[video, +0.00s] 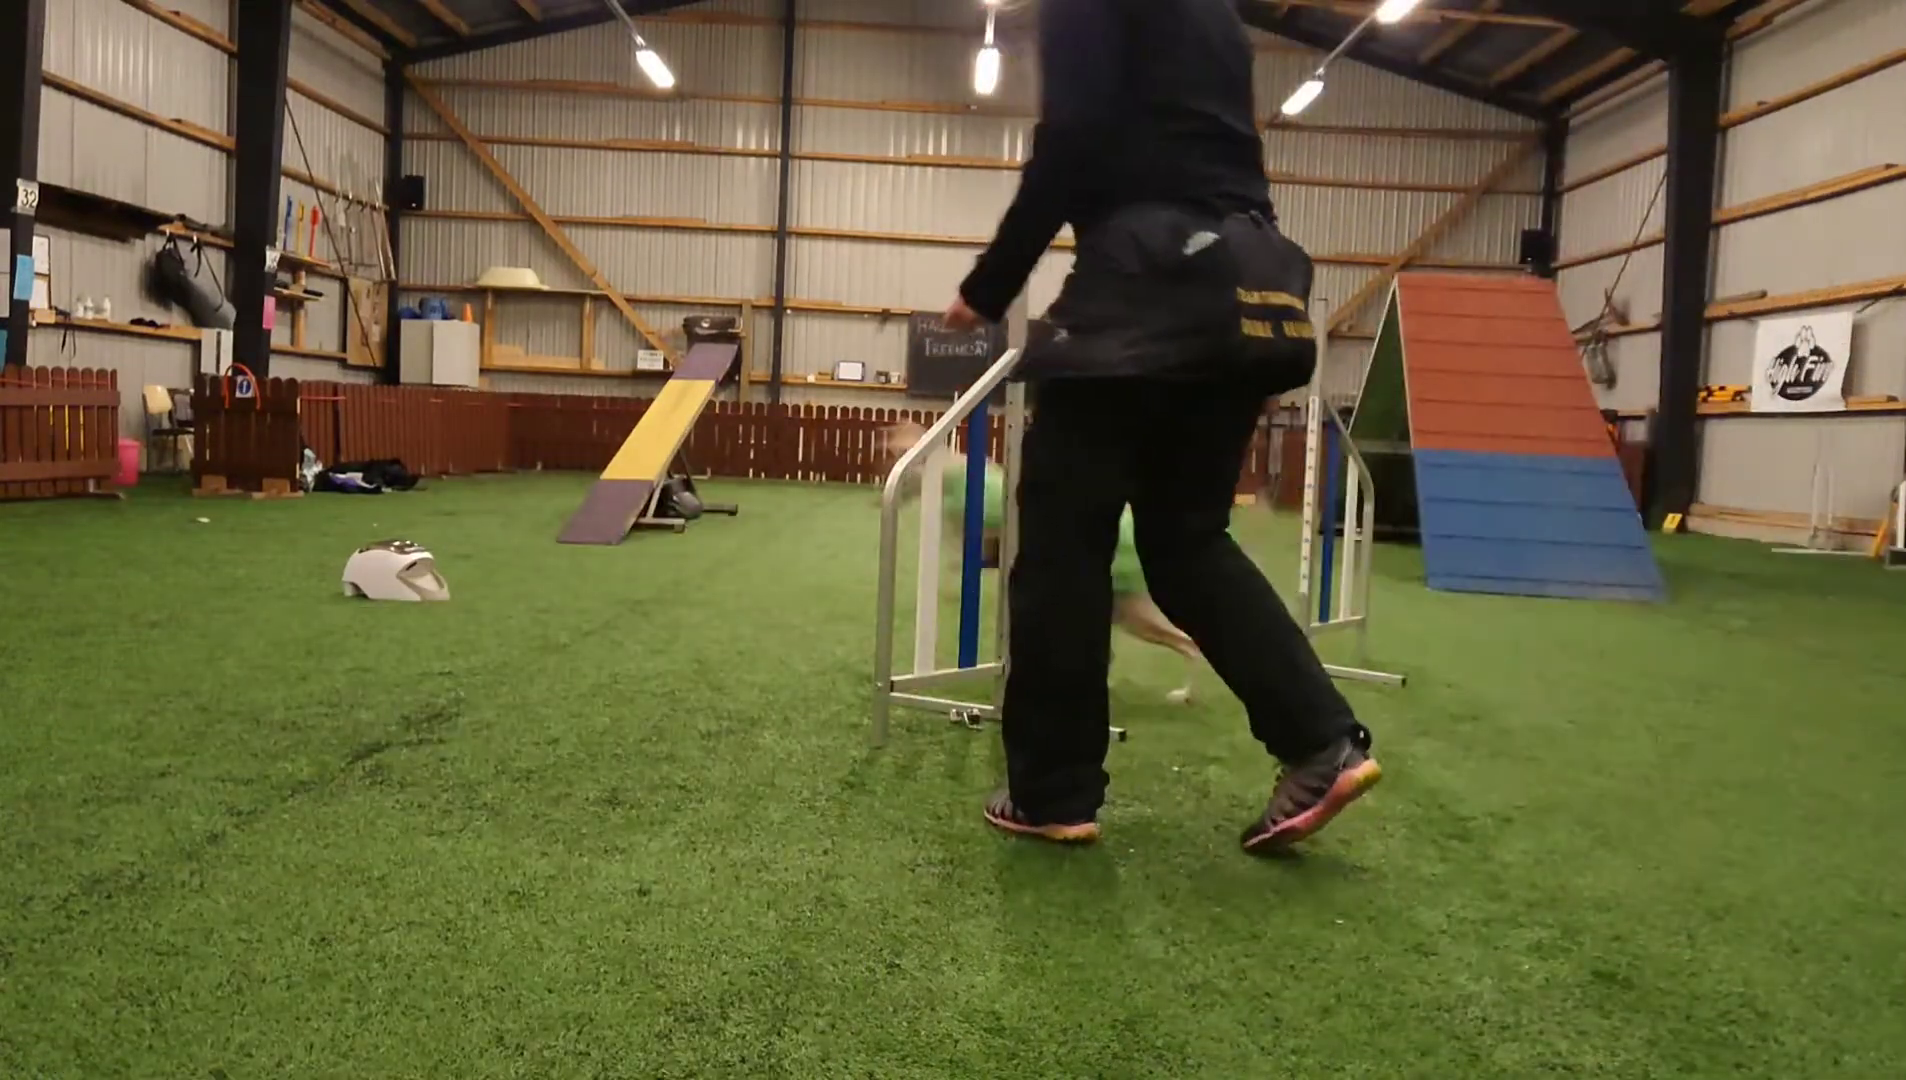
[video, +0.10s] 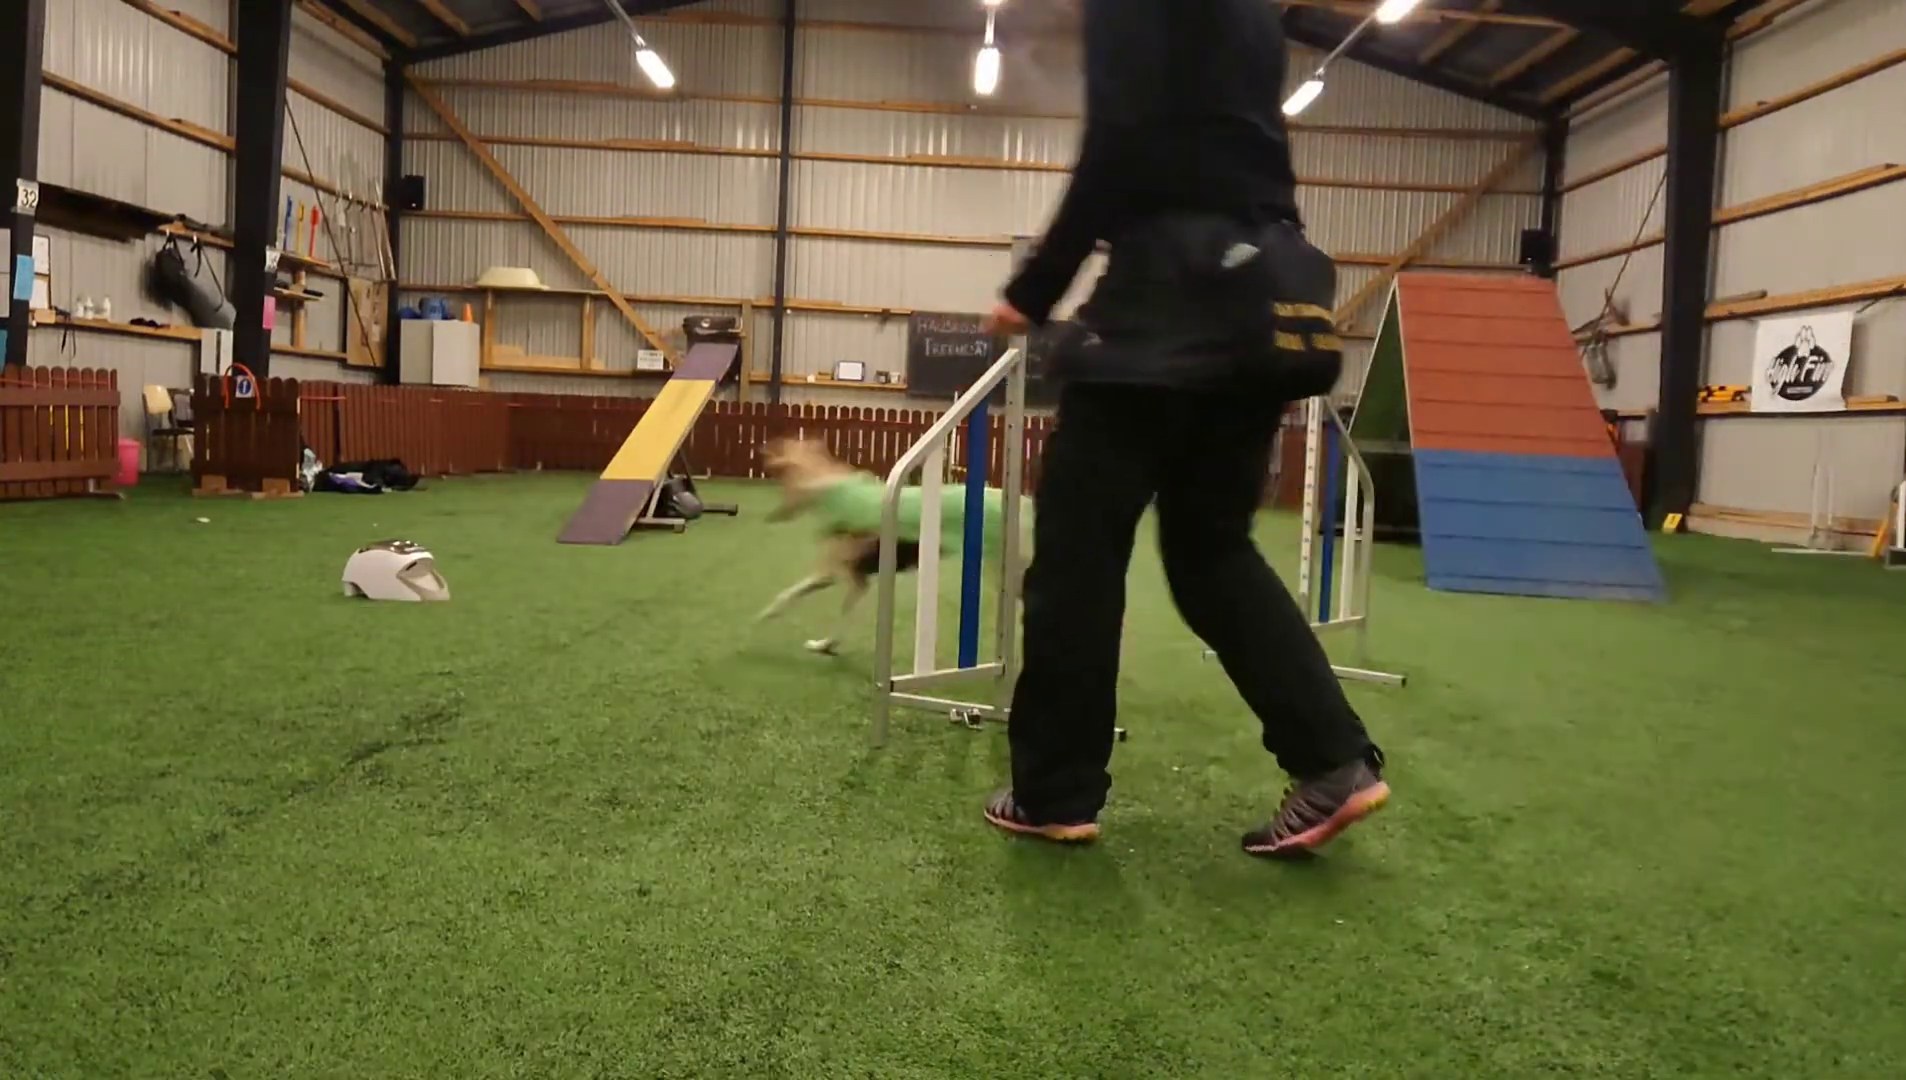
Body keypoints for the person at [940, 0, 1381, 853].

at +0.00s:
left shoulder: (1079, 7)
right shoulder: (1216, 18)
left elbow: (1075, 137)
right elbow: (1212, 156)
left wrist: (984, 291)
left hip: (1133, 303)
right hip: (1252, 307)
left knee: (1060, 548)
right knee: (1185, 541)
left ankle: (1056, 794)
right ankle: (1322, 746)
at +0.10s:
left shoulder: (1126, 7)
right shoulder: (1251, 18)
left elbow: (1120, 138)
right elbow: (1241, 152)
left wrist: (1029, 290)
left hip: (1162, 303)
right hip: (1268, 306)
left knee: (1077, 542)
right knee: (1208, 548)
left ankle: (1057, 794)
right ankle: (1335, 765)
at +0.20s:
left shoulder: (1181, 12)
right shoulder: (1289, 19)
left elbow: (1184, 164)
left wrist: (1092, 302)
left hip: (1193, 317)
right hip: (1293, 321)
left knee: (1103, 548)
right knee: (1254, 563)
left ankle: (1060, 792)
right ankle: (1352, 797)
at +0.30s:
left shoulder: (1235, 17)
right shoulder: (1318, 20)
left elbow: (1251, 163)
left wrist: (1182, 312)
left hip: (1236, 341)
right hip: (1329, 342)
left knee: (1140, 572)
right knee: (1295, 581)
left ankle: (1066, 788)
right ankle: (1362, 815)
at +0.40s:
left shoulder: (1291, 19)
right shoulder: (1348, 24)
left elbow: (1316, 155)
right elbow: (1352, 173)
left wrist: (1256, 309)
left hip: (1290, 349)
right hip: (1356, 351)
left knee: (1184, 558)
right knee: (1323, 585)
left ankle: (1109, 791)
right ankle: (1364, 824)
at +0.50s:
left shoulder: (1348, 16)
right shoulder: (1384, 20)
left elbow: (1370, 140)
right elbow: (1395, 145)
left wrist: (1322, 295)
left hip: (1342, 316)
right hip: (1394, 320)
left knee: (1227, 535)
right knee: (1353, 571)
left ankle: (1192, 813)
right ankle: (1367, 827)